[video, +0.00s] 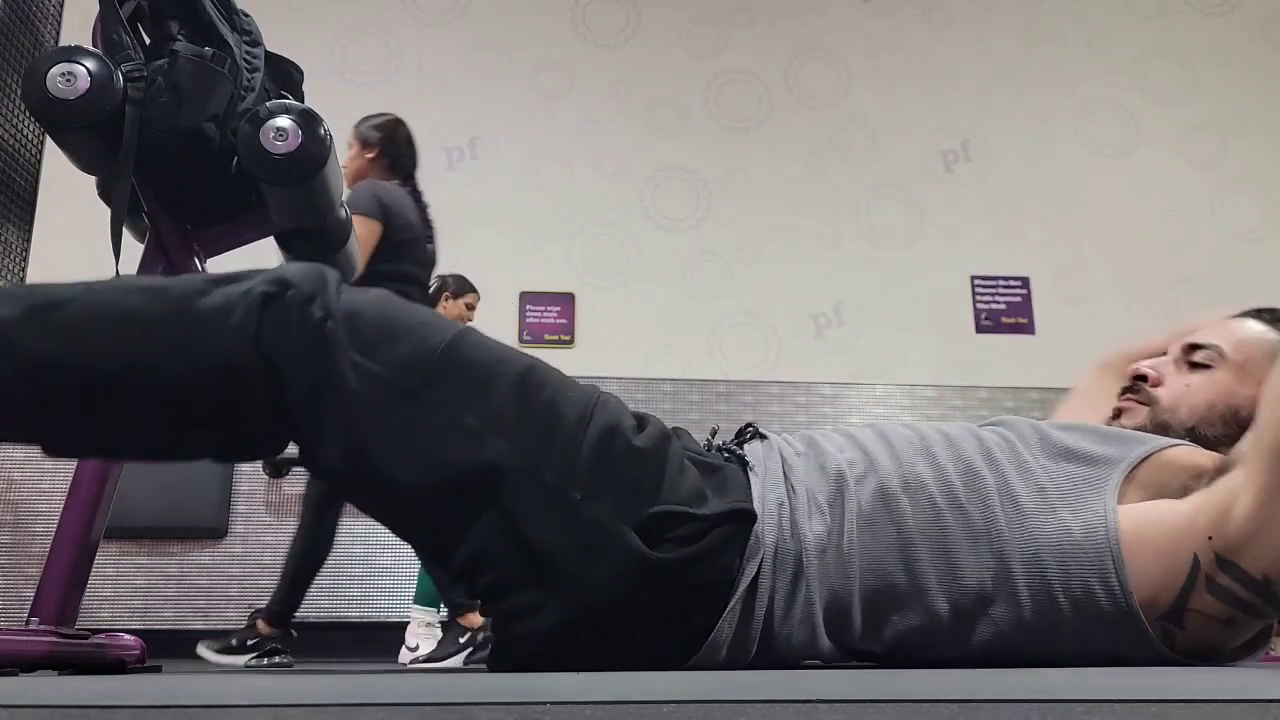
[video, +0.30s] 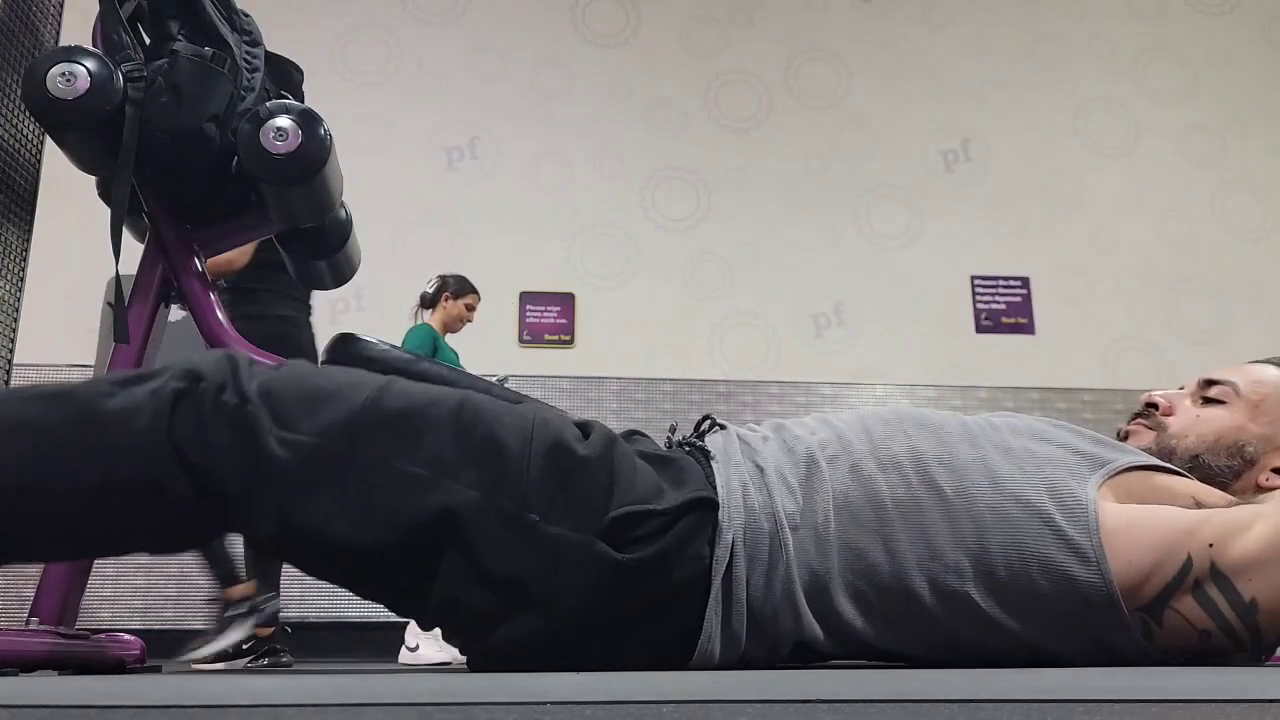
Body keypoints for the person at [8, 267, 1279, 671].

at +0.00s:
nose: (1179, 364)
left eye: (1217, 368)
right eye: (1183, 347)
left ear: (1249, 427)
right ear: (1144, 370)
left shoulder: (1193, 547)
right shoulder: (1082, 457)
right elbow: (1108, 373)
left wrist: (1239, 363)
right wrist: (1155, 375)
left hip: (694, 558)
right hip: (676, 497)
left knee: (308, 324)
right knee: (310, 320)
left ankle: (12, 340)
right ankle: (19, 336)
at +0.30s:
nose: (1187, 390)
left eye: (1216, 398)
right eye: (1195, 383)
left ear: (1243, 454)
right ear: (1173, 420)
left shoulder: (1203, 547)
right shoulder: (1123, 494)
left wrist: (1257, 439)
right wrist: (1234, 430)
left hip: (669, 537)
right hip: (666, 505)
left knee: (226, 422)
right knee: (261, 422)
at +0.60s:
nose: (1196, 396)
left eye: (1226, 406)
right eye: (1208, 388)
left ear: (1251, 465)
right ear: (1183, 424)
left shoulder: (1206, 548)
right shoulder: (1127, 488)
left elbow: (1279, 592)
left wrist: (1248, 460)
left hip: (664, 539)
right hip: (660, 482)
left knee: (218, 470)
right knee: (230, 462)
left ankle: (11, 526)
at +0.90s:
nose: (1192, 394)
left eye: (1225, 402)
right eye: (1204, 384)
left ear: (1243, 459)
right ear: (1177, 414)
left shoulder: (1181, 556)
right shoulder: (1112, 478)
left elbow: (1267, 507)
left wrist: (1242, 429)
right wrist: (1233, 421)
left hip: (664, 564)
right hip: (662, 490)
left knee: (277, 333)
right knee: (292, 329)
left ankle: (14, 355)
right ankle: (41, 349)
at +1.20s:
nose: (1098, 340)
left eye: (1140, 330)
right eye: (1113, 323)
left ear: (1239, 378)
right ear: (1191, 370)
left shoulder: (1219, 479)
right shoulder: (1059, 470)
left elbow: (961, 265)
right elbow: (864, 366)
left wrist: (808, 128)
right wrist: (791, 180)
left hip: (700, 566)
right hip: (677, 528)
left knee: (401, 246)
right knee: (404, 244)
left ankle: (38, 215)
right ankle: (69, 197)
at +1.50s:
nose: (850, 196)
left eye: (878, 168)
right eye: (853, 175)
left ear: (984, 170)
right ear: (924, 183)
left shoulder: (1036, 287)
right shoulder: (861, 343)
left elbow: (759, 212)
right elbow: (646, 287)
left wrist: (516, 112)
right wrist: (495, 157)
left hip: (696, 570)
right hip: (643, 564)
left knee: (472, 189)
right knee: (470, 185)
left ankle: (78, 164)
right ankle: (98, 157)